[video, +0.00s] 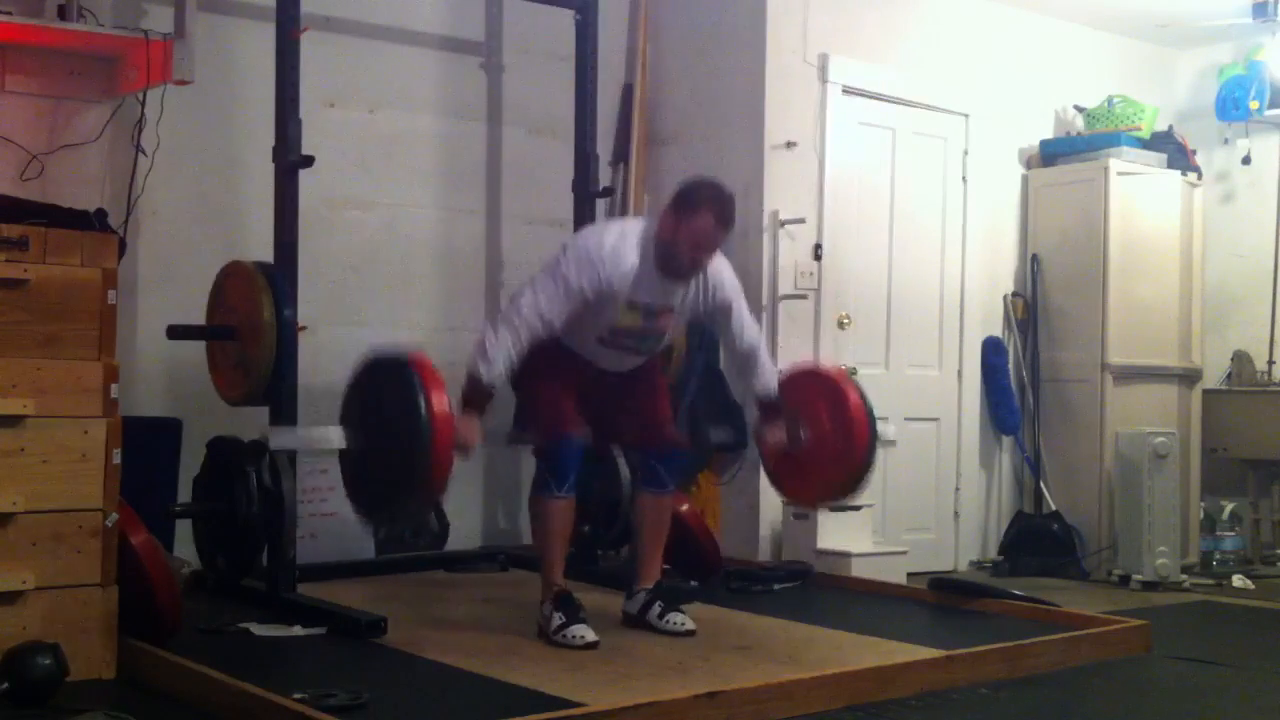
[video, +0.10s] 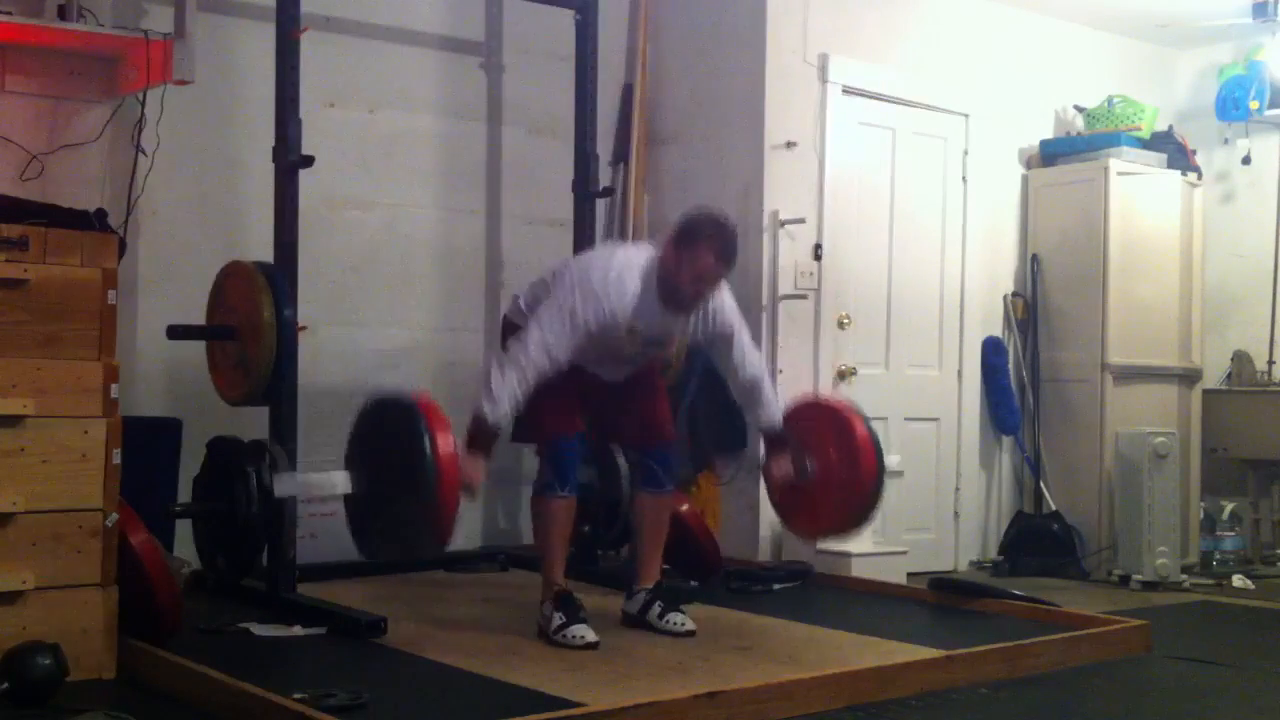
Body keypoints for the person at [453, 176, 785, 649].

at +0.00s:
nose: (699, 260)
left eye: (710, 250)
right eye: (695, 245)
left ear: (720, 244)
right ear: (668, 222)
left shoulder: (714, 275)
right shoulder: (605, 250)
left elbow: (746, 340)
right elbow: (525, 312)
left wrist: (770, 408)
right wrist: (473, 402)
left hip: (635, 368)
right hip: (561, 357)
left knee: (661, 459)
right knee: (564, 450)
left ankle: (645, 596)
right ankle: (555, 600)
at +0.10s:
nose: (700, 292)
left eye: (710, 283)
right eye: (695, 277)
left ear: (721, 277)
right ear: (671, 253)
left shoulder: (712, 300)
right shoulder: (607, 280)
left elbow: (746, 365)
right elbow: (533, 346)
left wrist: (777, 437)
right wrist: (481, 438)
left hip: (630, 357)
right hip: (550, 344)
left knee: (657, 460)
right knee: (563, 457)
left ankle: (645, 594)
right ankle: (555, 599)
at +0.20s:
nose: (700, 359)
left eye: (709, 349)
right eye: (694, 345)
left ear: (722, 337)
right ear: (672, 318)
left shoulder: (713, 343)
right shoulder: (608, 332)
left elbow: (746, 408)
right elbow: (536, 405)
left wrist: (783, 488)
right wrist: (485, 500)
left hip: (630, 371)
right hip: (543, 351)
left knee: (662, 459)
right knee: (569, 457)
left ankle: (644, 596)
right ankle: (556, 600)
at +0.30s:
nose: (698, 400)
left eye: (708, 392)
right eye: (693, 386)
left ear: (721, 376)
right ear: (671, 354)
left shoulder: (710, 375)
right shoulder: (604, 362)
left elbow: (749, 438)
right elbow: (532, 441)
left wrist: (785, 515)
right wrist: (488, 536)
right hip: (539, 355)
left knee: (668, 454)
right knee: (570, 456)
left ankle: (644, 594)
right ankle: (557, 599)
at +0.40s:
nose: (689, 432)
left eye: (701, 426)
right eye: (689, 420)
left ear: (721, 406)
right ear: (671, 381)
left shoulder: (720, 391)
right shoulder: (607, 378)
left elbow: (761, 451)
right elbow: (522, 443)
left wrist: (791, 524)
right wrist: (485, 542)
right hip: (539, 352)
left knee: (672, 457)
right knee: (573, 459)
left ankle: (646, 594)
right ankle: (557, 600)